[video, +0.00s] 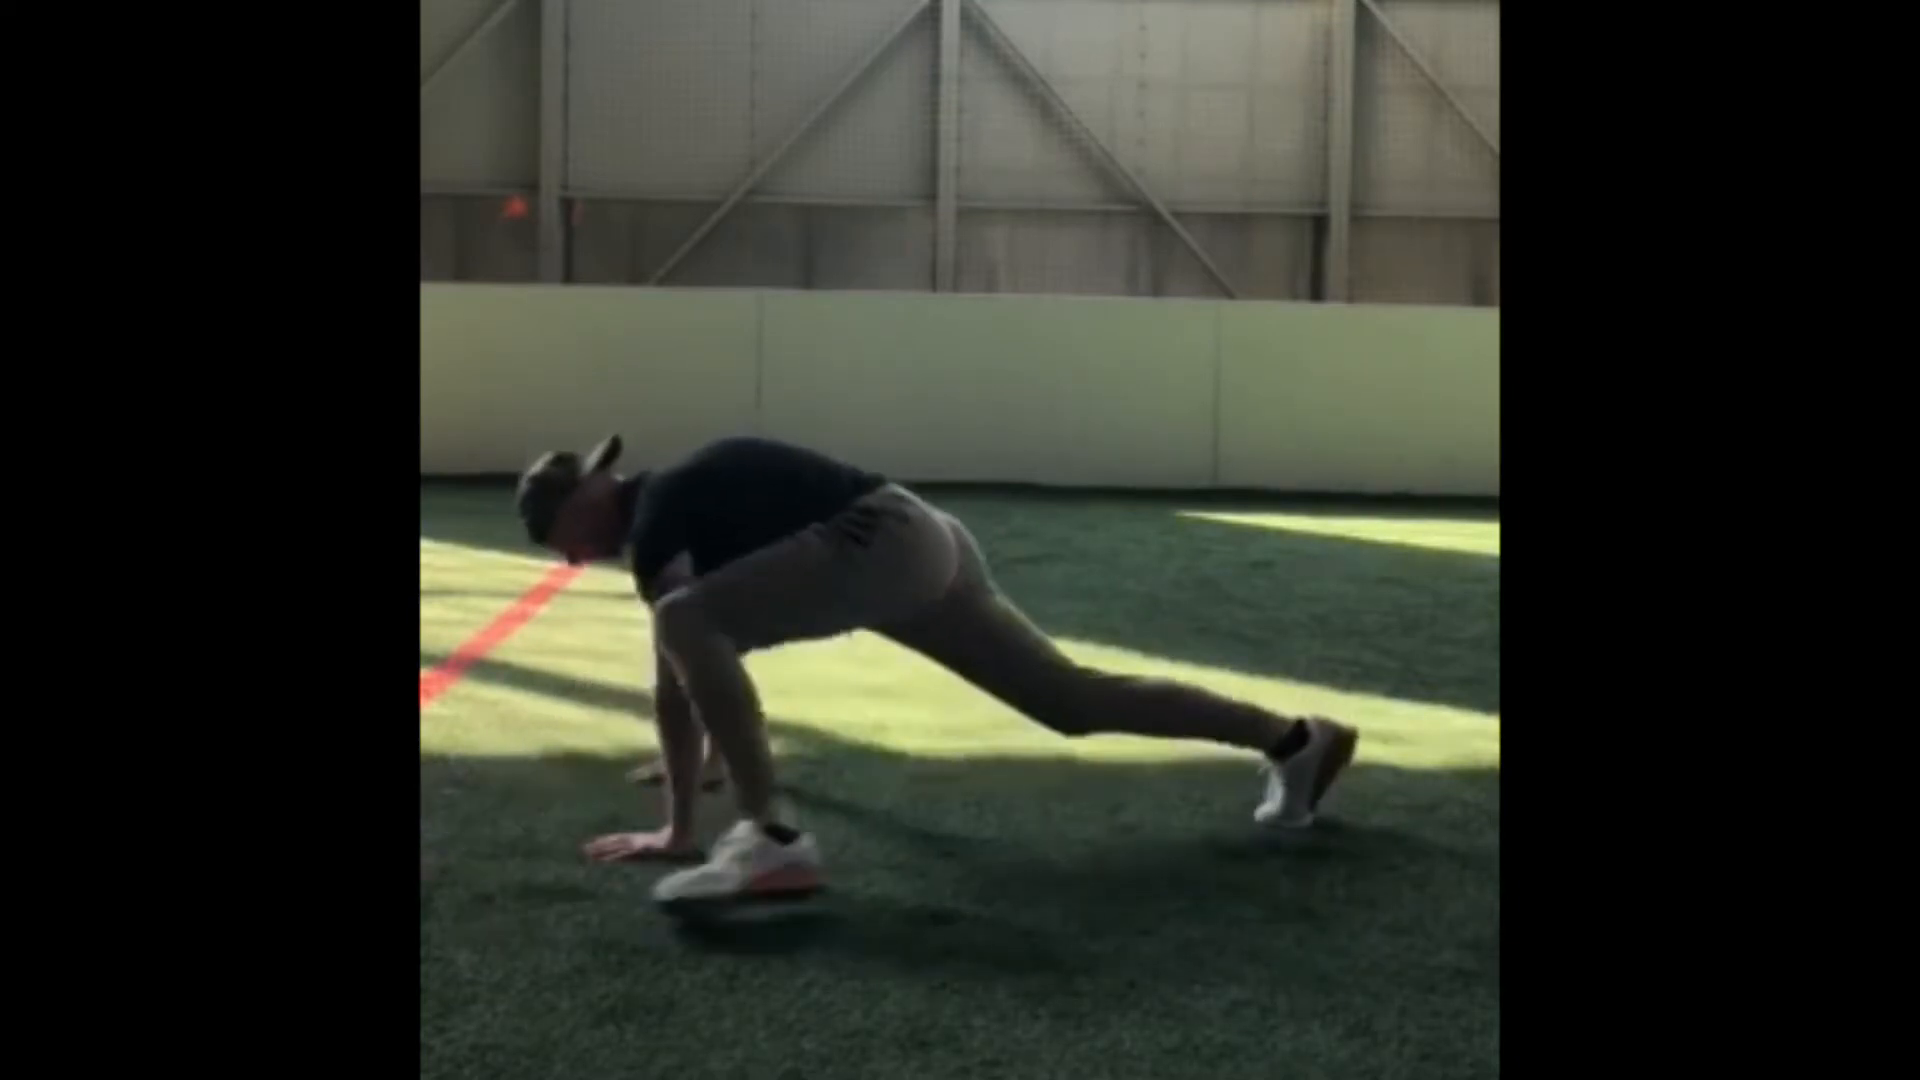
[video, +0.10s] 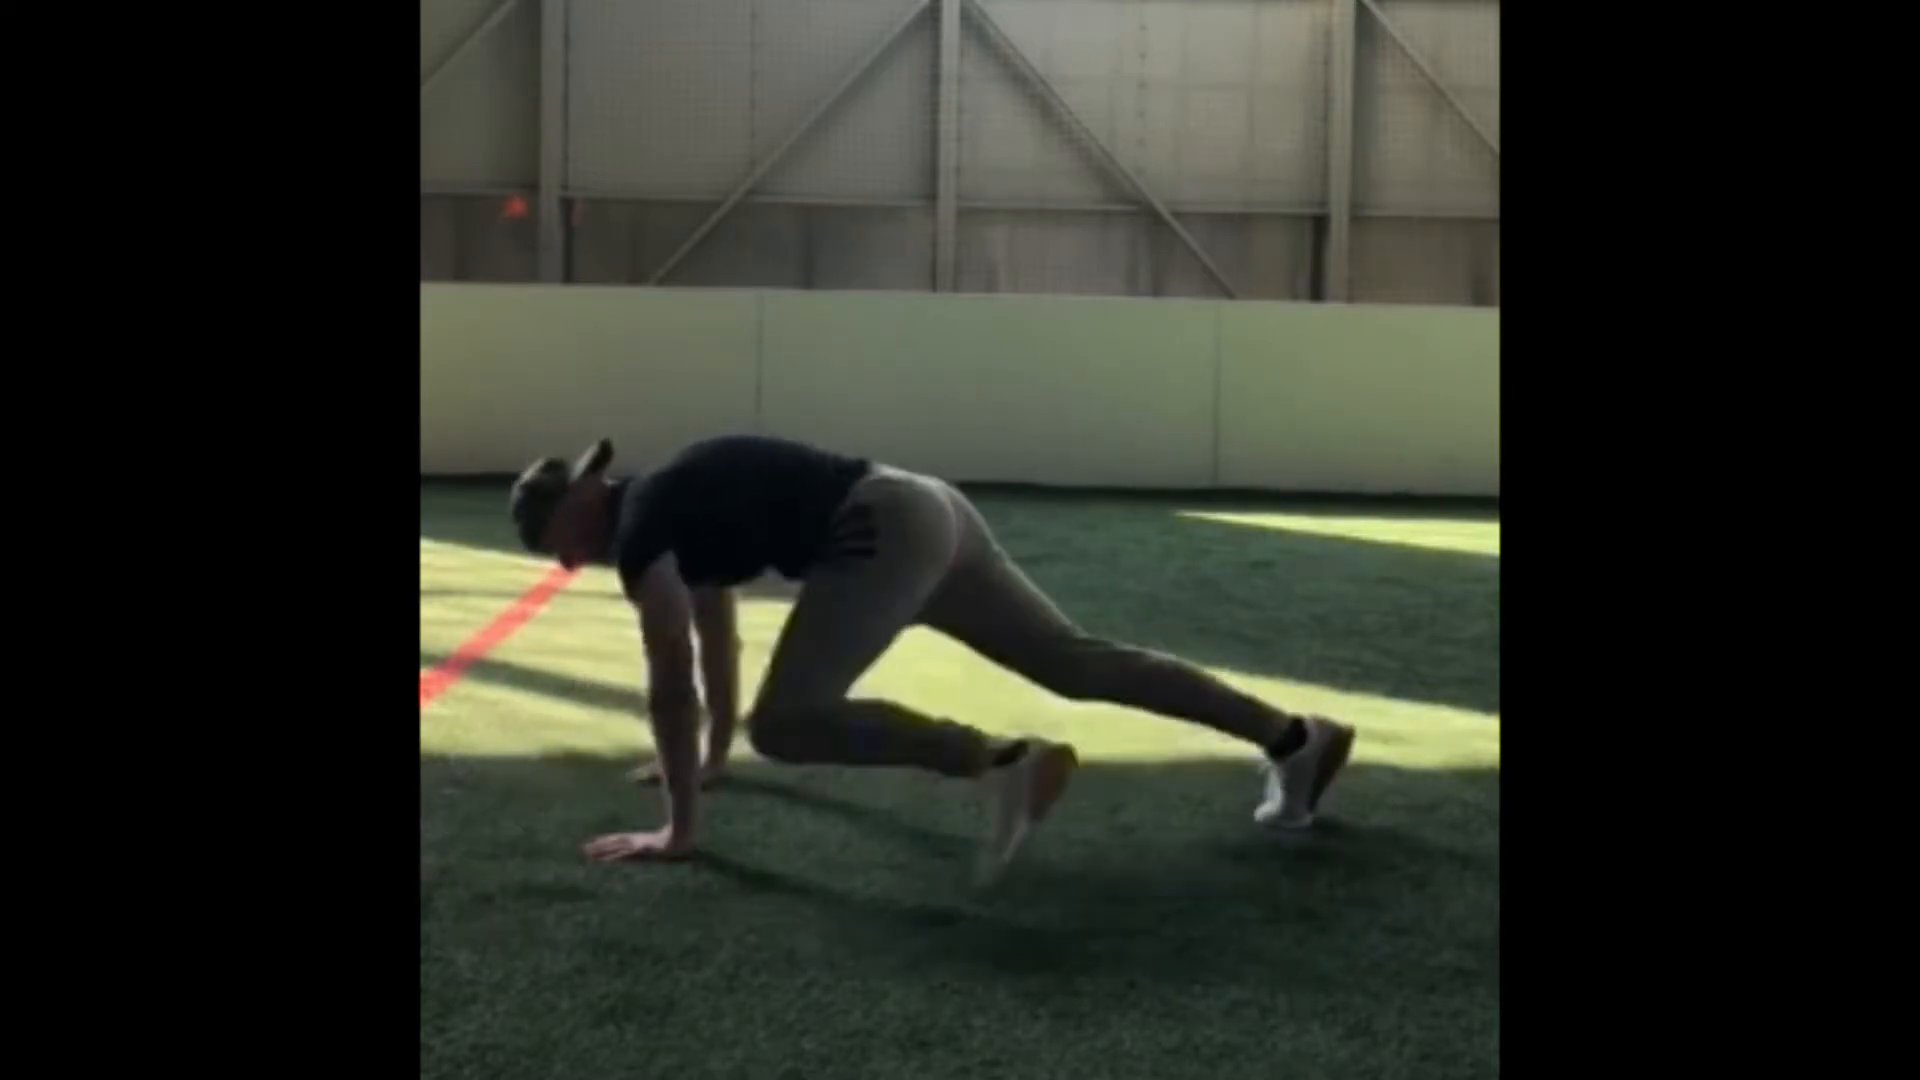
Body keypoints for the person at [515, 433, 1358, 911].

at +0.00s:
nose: (575, 559)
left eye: (566, 542)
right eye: (564, 550)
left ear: (589, 505)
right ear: (602, 498)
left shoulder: (653, 520)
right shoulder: (680, 505)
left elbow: (672, 682)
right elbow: (708, 659)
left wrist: (675, 828)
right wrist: (698, 781)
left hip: (883, 545)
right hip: (930, 546)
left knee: (685, 619)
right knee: (1072, 701)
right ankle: (1295, 742)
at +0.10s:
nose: (566, 562)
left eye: (557, 546)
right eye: (554, 552)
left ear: (578, 511)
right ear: (595, 495)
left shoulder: (638, 530)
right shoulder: (674, 505)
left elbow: (666, 679)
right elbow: (718, 645)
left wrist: (678, 824)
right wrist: (714, 752)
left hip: (881, 530)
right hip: (929, 505)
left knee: (779, 725)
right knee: (1071, 665)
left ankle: (1003, 768)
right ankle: (1291, 739)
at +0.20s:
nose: (568, 569)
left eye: (558, 553)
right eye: (555, 559)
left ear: (577, 508)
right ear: (593, 490)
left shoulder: (628, 532)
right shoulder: (678, 497)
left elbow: (663, 685)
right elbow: (717, 655)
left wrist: (678, 829)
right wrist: (713, 752)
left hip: (878, 531)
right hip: (918, 488)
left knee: (938, 762)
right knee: (1080, 635)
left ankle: (1175, 752)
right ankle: (1284, 726)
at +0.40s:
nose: (581, 577)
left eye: (570, 562)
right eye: (568, 567)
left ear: (585, 519)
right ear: (602, 499)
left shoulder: (646, 534)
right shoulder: (685, 504)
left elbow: (669, 689)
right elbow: (722, 654)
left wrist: (677, 828)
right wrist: (715, 753)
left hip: (908, 581)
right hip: (930, 545)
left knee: (1048, 754)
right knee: (1074, 704)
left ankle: (1289, 772)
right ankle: (1289, 737)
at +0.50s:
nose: (576, 587)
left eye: (564, 572)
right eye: (562, 577)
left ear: (579, 524)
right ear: (592, 506)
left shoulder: (641, 537)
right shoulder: (676, 510)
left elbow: (669, 688)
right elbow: (723, 664)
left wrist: (680, 824)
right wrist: (714, 759)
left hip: (914, 586)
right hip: (928, 558)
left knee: (1065, 741)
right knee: (1077, 703)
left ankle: (1300, 772)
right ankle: (1291, 740)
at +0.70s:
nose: (565, 598)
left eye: (550, 585)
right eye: (549, 592)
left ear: (562, 539)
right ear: (571, 525)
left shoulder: (624, 532)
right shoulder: (657, 515)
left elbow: (661, 684)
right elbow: (705, 652)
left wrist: (676, 829)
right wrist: (713, 760)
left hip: (871, 453)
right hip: (886, 437)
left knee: (897, 687)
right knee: (932, 640)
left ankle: (1136, 738)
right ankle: (1122, 672)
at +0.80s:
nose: (568, 592)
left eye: (554, 578)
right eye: (552, 587)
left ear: (568, 535)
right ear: (575, 522)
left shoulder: (630, 530)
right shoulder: (663, 518)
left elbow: (667, 684)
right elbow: (710, 644)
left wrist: (678, 832)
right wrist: (708, 760)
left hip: (874, 446)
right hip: (891, 429)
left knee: (759, 637)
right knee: (825, 579)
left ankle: (949, 771)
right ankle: (976, 681)